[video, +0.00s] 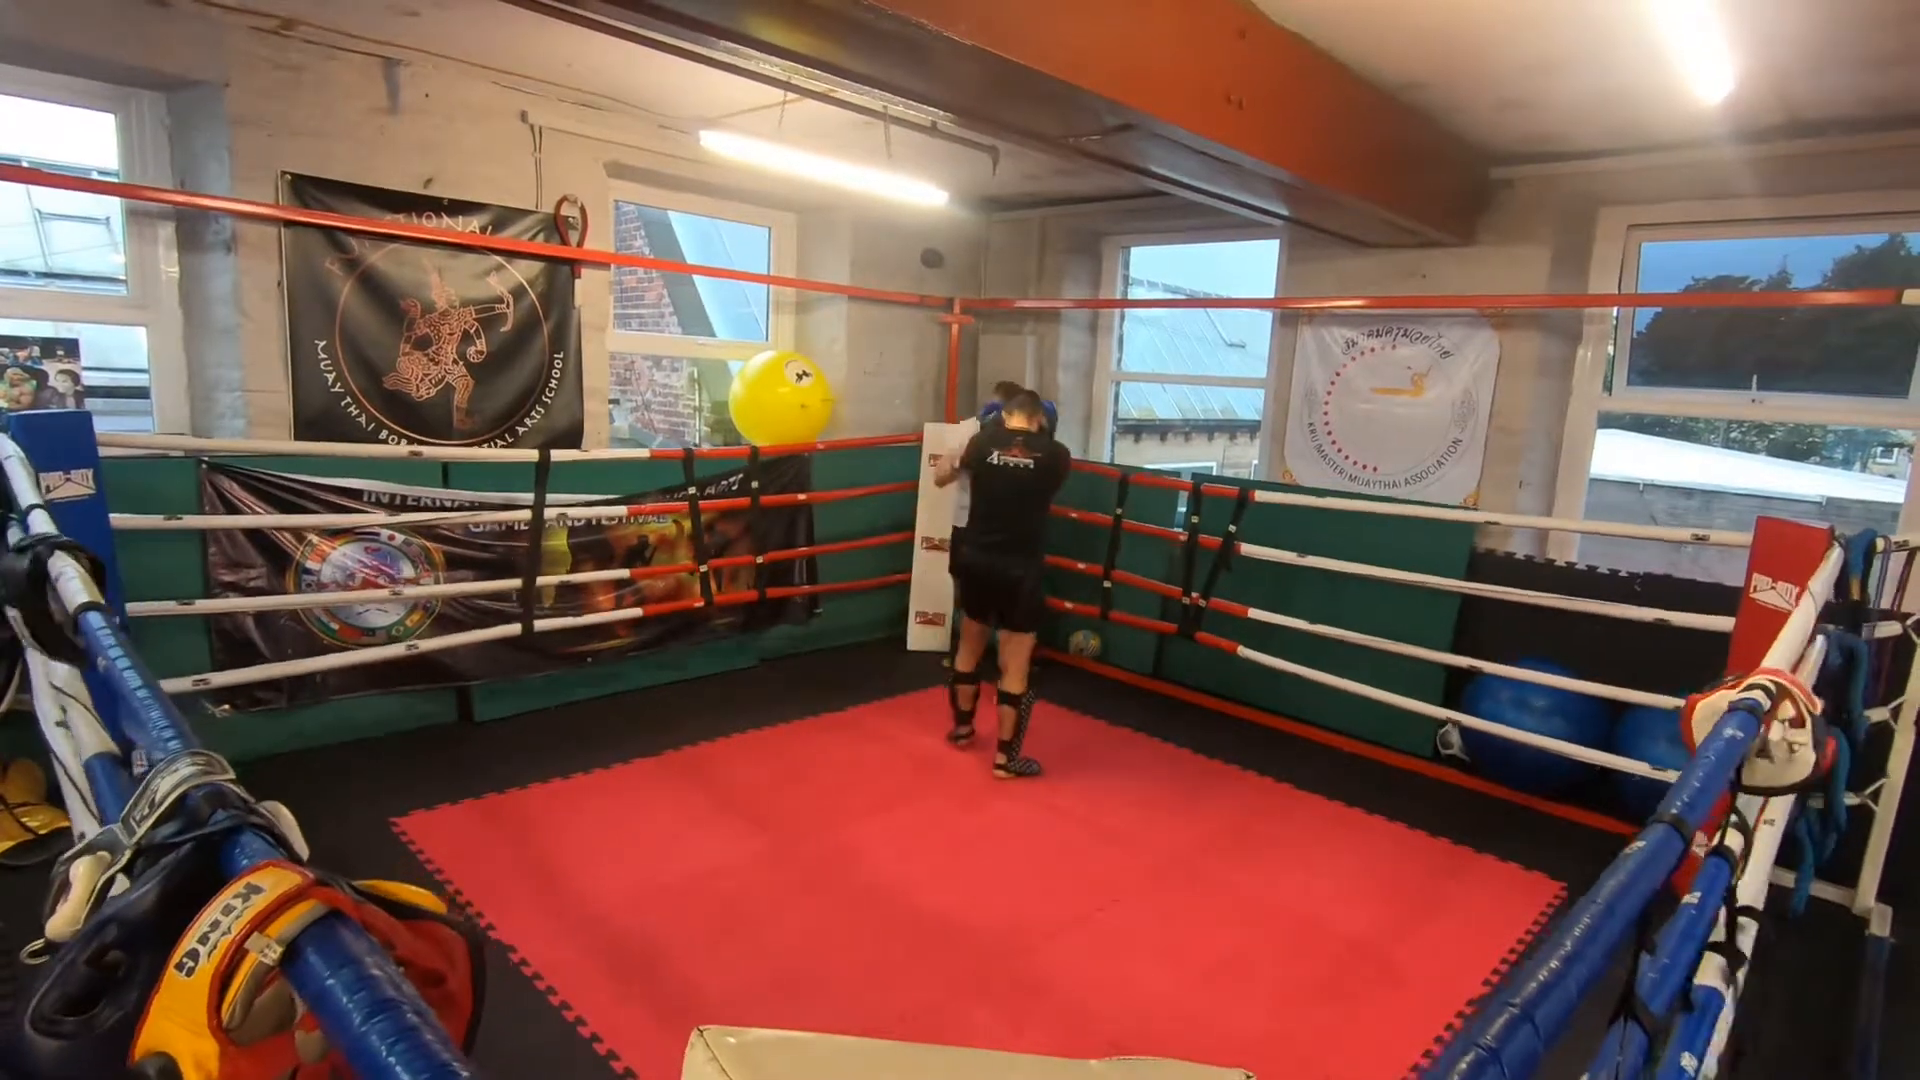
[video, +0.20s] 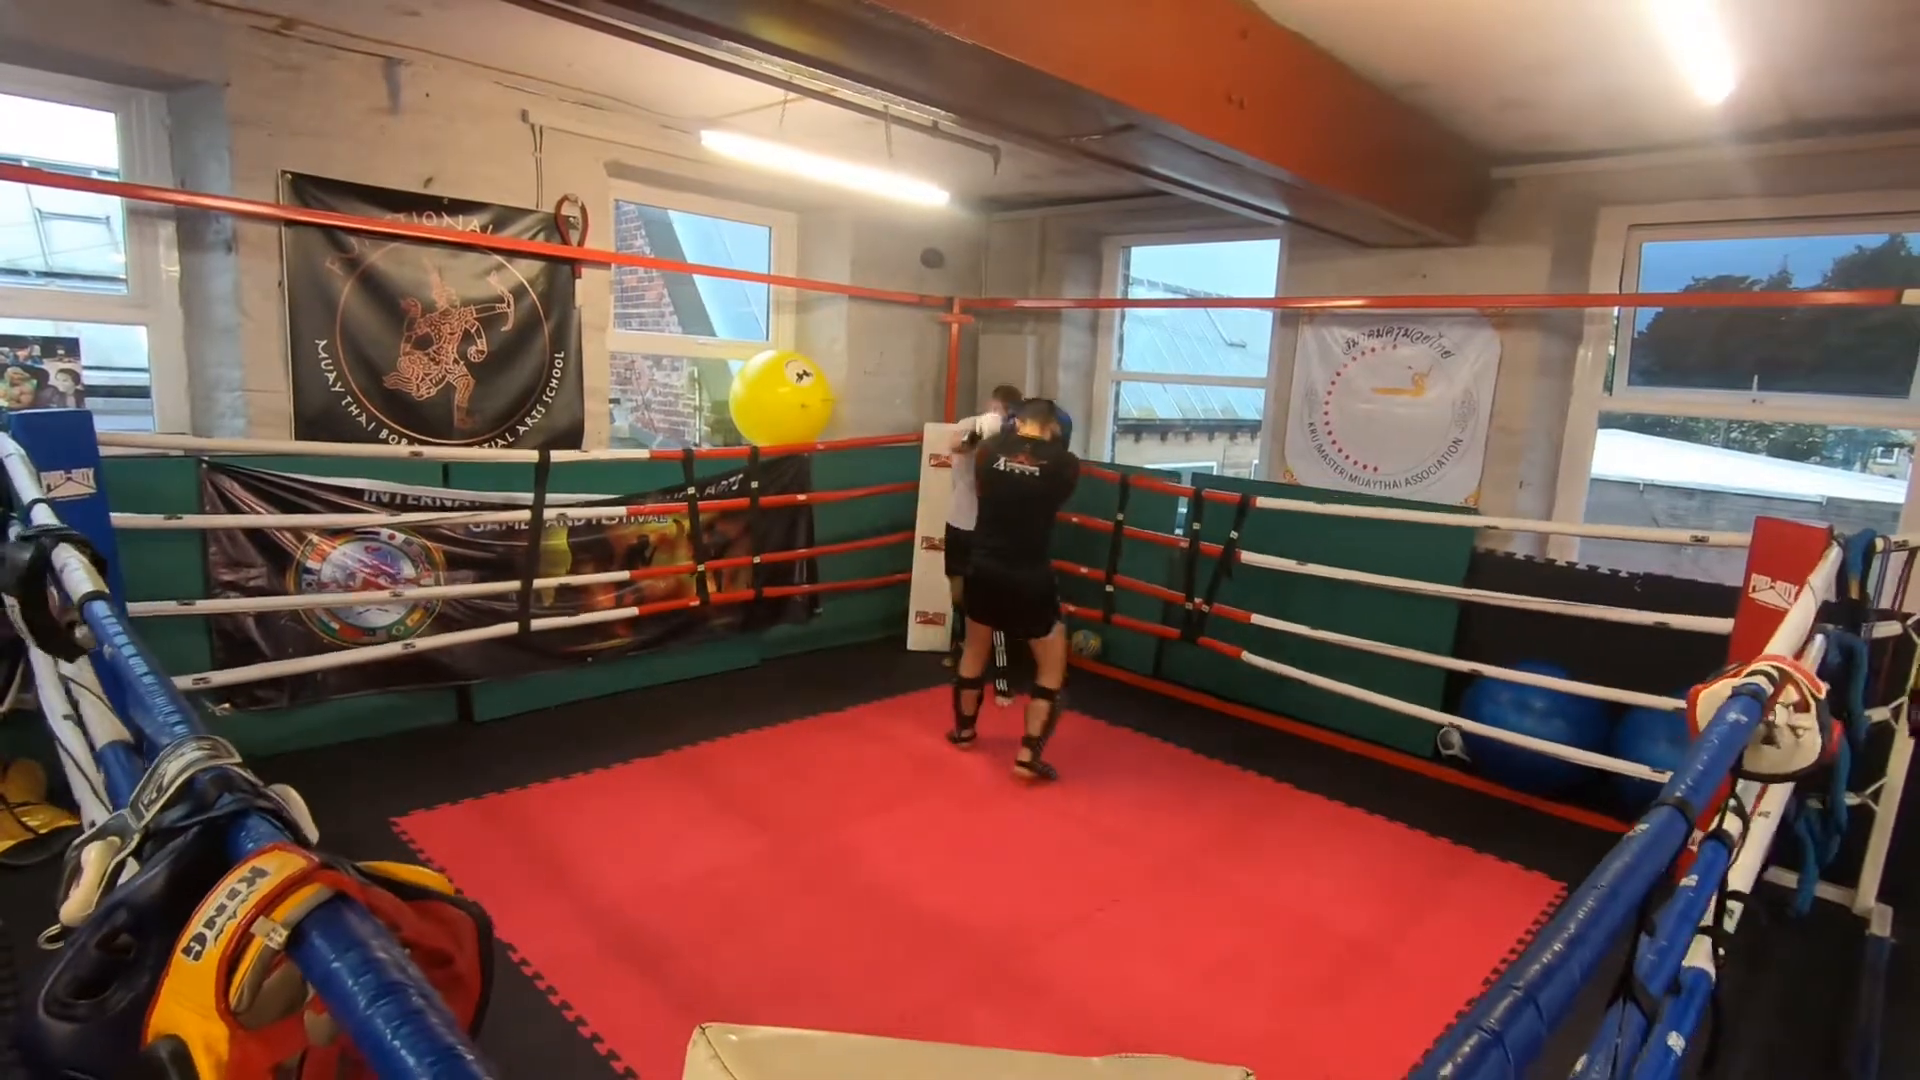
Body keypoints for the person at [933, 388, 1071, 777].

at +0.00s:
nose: (1042, 425)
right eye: (1042, 421)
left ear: (1003, 415)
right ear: (1040, 421)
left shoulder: (981, 443)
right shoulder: (1055, 456)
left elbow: (965, 466)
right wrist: (1036, 432)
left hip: (976, 564)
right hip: (1020, 570)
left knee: (969, 648)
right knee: (1014, 665)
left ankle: (962, 728)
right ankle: (1006, 755)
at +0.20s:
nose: (1058, 436)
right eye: (1058, 432)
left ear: (1015, 424)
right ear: (1054, 432)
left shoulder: (988, 455)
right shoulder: (1062, 468)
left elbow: (987, 447)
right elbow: (1063, 459)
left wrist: (1006, 431)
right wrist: (1044, 438)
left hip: (984, 573)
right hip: (1030, 581)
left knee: (975, 649)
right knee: (1051, 666)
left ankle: (965, 729)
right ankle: (1028, 756)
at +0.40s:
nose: (1087, 448)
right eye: (1092, 442)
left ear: (1052, 429)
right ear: (1089, 440)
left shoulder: (1018, 461)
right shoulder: (1094, 481)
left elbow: (991, 505)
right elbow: (1084, 516)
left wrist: (1003, 460)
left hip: (1005, 582)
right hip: (1055, 591)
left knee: (986, 656)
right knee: (1064, 680)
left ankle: (964, 729)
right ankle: (1056, 773)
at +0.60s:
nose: (1072, 430)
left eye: (1071, 423)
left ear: (1072, 421)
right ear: (1108, 427)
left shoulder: (1045, 454)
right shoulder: (1120, 471)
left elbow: (1000, 500)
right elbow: (1092, 508)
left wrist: (996, 458)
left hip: (1026, 583)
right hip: (1077, 591)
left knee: (999, 662)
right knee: (1070, 685)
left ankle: (983, 745)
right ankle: (1057, 778)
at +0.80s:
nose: (1067, 422)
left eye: (1066, 416)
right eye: (1071, 416)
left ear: (1070, 416)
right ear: (1106, 418)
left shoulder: (1051, 456)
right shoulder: (1127, 467)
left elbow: (1010, 512)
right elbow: (1103, 511)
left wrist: (1004, 473)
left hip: (1043, 590)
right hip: (1094, 593)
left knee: (1019, 677)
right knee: (1075, 687)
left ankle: (1039, 774)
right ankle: (1061, 776)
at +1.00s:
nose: (1058, 428)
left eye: (1057, 422)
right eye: (1063, 422)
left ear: (1062, 421)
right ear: (1097, 420)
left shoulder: (1049, 462)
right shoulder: (1126, 466)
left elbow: (1018, 528)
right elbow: (1106, 517)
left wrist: (1008, 506)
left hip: (1056, 593)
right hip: (1104, 595)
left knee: (1059, 697)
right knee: (1088, 682)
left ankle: (1056, 802)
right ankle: (1076, 773)